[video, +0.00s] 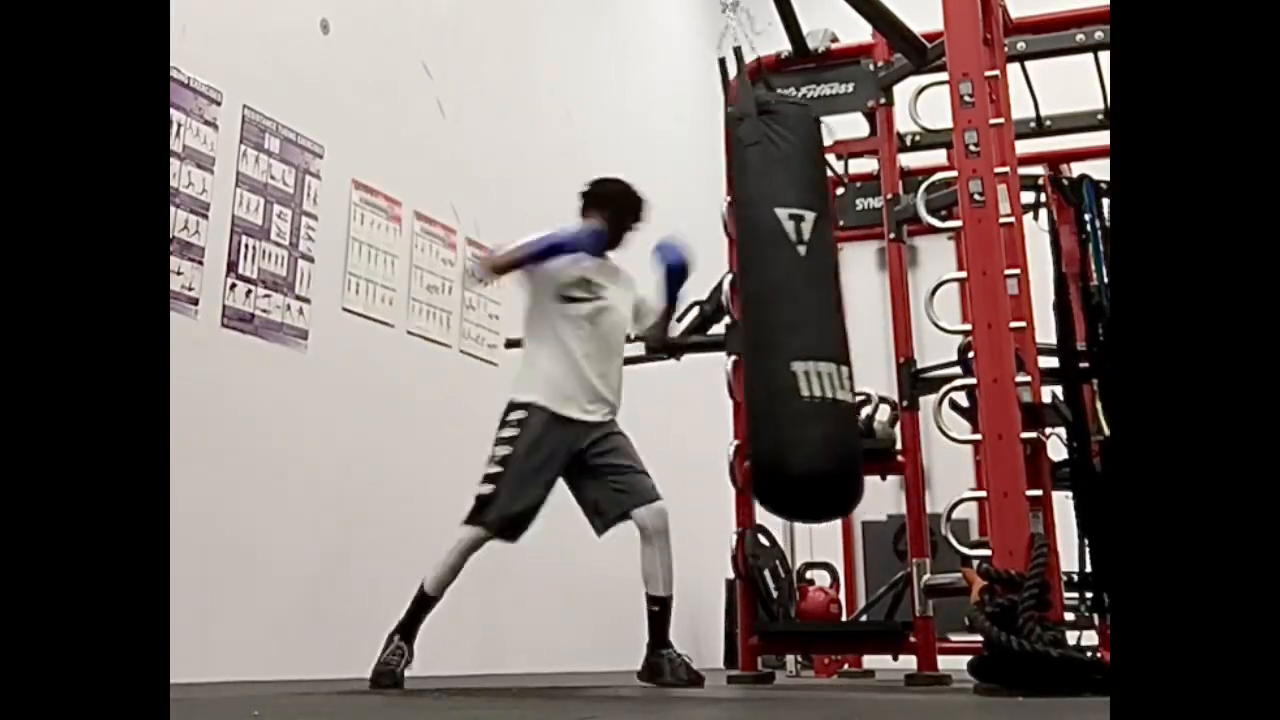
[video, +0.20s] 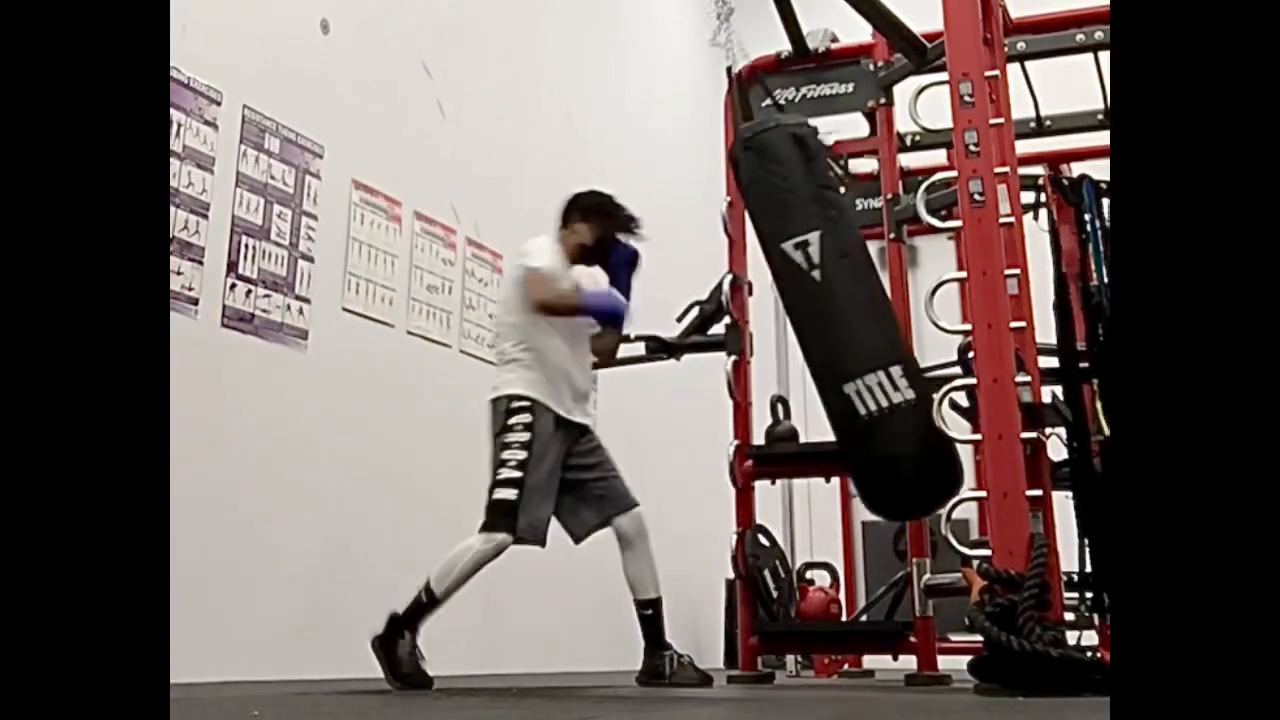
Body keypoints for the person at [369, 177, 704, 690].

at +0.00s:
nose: (616, 235)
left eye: (623, 227)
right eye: (613, 224)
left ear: (624, 230)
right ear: (595, 215)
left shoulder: (623, 281)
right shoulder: (552, 254)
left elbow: (655, 336)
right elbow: (489, 267)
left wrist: (671, 287)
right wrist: (562, 242)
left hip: (597, 422)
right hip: (539, 411)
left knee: (653, 517)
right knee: (479, 530)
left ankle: (659, 652)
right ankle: (401, 640)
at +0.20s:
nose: (602, 246)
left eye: (608, 240)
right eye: (599, 235)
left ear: (590, 237)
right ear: (573, 223)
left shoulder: (578, 282)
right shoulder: (542, 249)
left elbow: (600, 350)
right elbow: (542, 297)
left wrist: (622, 286)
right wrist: (598, 302)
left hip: (571, 417)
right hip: (527, 403)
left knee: (631, 524)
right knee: (498, 534)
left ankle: (658, 656)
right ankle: (399, 632)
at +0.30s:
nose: (540, 219)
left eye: (548, 213)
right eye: (534, 208)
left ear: (550, 220)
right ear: (511, 202)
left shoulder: (531, 268)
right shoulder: (475, 223)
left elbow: (571, 317)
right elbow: (476, 260)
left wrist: (573, 257)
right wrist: (518, 233)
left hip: (514, 402)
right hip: (465, 388)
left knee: (567, 513)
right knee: (448, 521)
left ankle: (590, 650)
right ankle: (394, 649)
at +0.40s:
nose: (503, 191)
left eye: (512, 185)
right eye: (500, 178)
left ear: (507, 192)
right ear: (476, 176)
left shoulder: (502, 232)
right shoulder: (439, 198)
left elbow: (531, 296)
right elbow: (459, 242)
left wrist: (539, 230)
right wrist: (496, 193)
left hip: (481, 379)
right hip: (429, 368)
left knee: (492, 512)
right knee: (397, 498)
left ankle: (465, 649)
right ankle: (358, 635)